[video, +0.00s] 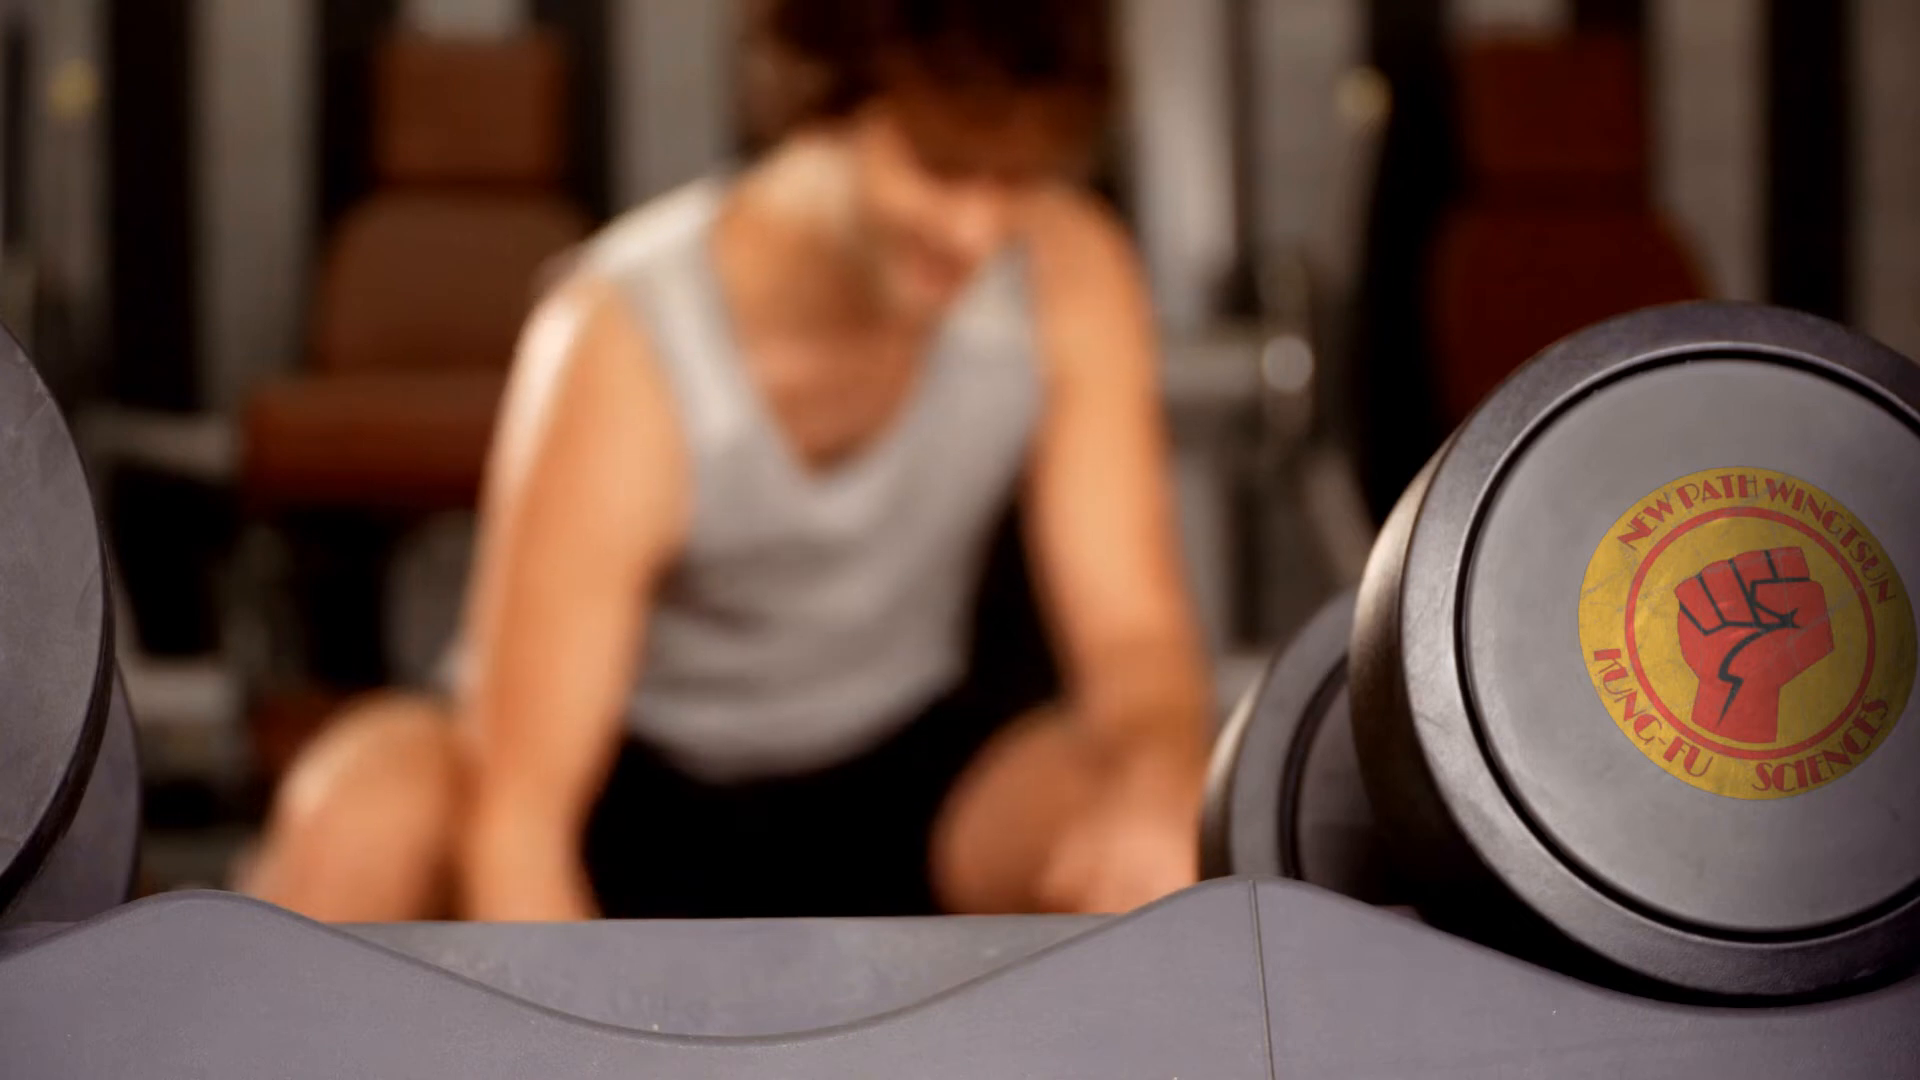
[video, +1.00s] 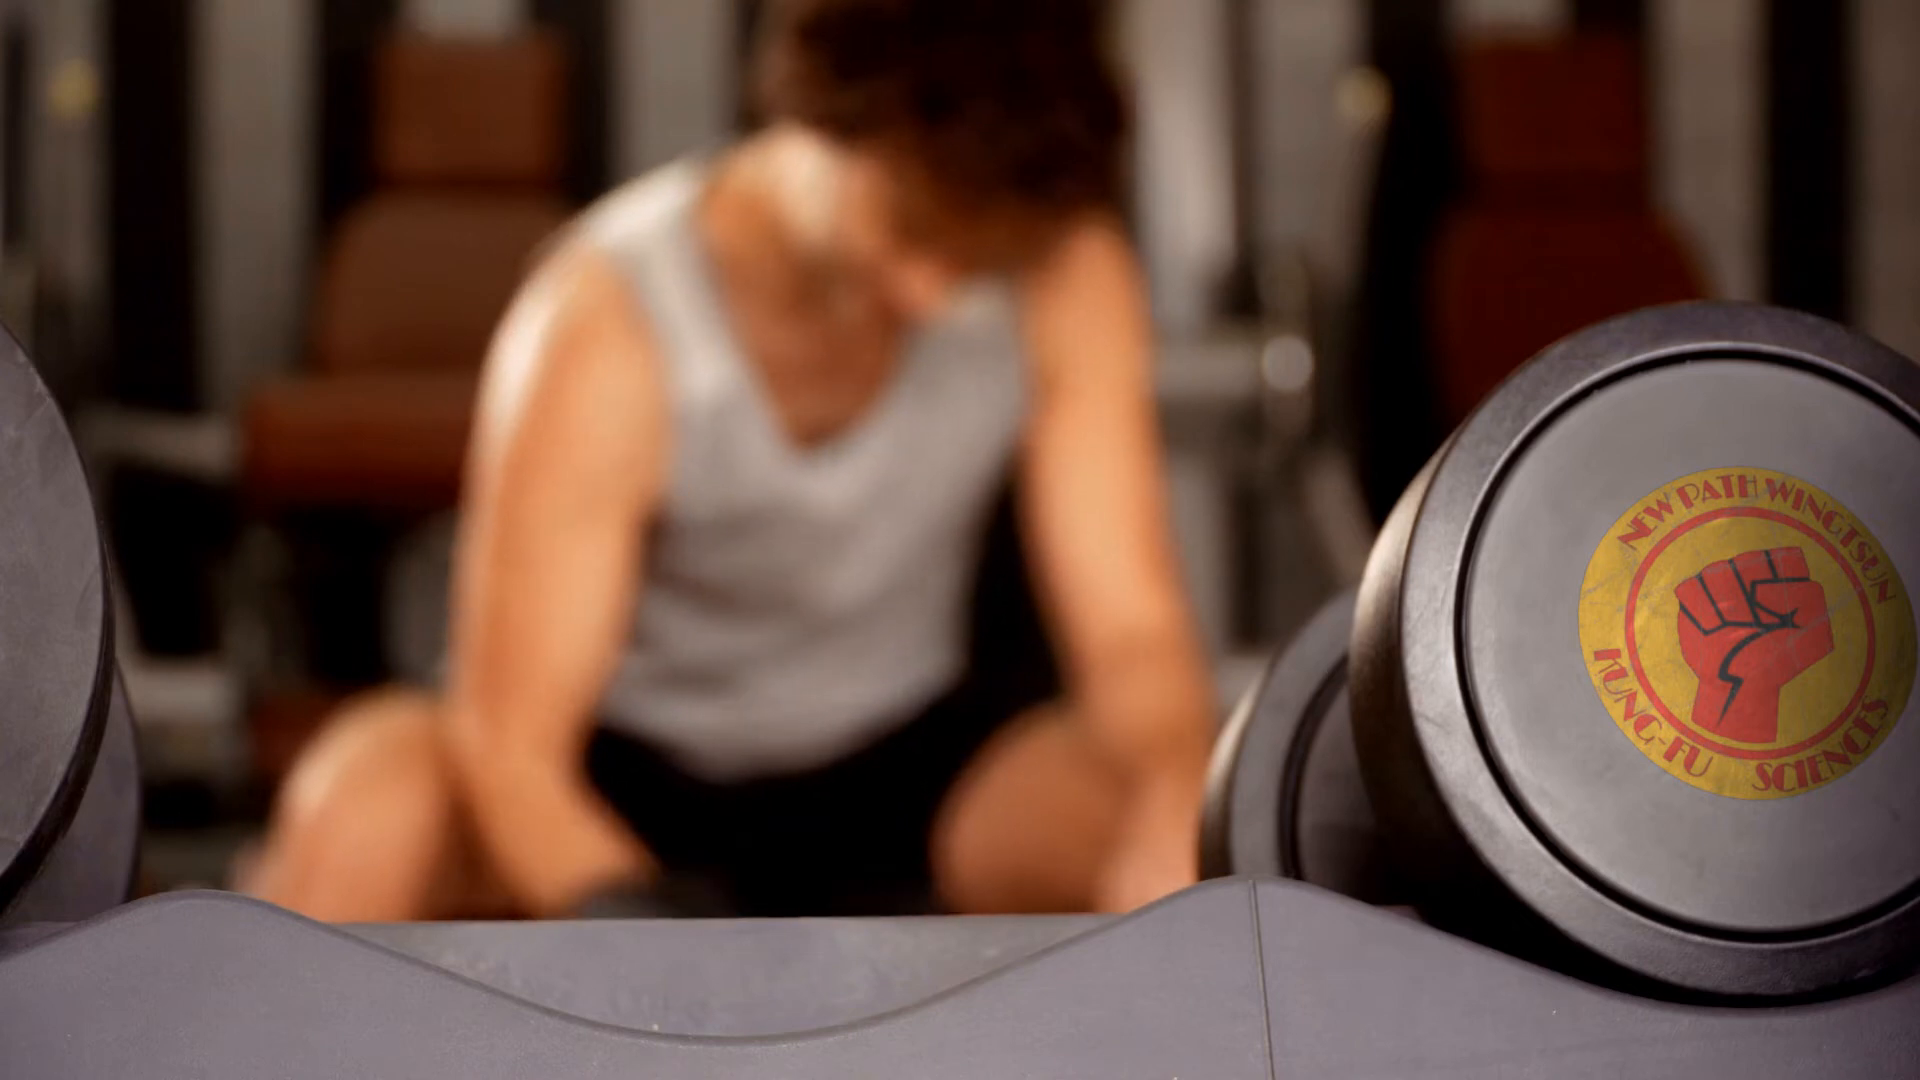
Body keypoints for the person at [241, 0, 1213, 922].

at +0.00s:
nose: (976, 231)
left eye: (1016, 182)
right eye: (938, 170)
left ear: (1056, 158)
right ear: (828, 113)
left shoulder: (1064, 270)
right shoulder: (623, 333)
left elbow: (1135, 651)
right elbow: (520, 815)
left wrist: (1152, 814)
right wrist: (594, 1063)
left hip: (898, 783)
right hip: (623, 793)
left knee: (1153, 824)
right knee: (362, 797)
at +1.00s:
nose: (932, 299)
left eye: (982, 262)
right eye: (906, 242)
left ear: (1041, 219)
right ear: (825, 137)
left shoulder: (1058, 263)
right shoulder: (604, 313)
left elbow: (1132, 641)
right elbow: (510, 749)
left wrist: (1169, 837)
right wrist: (672, 954)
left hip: (904, 773)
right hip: (628, 786)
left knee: (1189, 811)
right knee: (365, 788)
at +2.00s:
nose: (885, 277)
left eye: (930, 239)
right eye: (858, 223)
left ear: (985, 185)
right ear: (769, 128)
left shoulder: (1018, 257)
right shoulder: (517, 316)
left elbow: (1125, 635)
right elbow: (511, 748)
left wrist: (1181, 840)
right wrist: (750, 717)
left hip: (887, 783)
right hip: (596, 797)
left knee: (1182, 801)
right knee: (357, 798)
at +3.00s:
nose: (918, 311)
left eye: (967, 265)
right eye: (888, 248)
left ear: (1021, 221)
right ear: (793, 153)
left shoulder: (1044, 267)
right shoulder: (590, 366)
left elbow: (1135, 647)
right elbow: (521, 832)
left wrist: (1202, 857)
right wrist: (532, 1078)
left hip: (902, 785)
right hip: (623, 801)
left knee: (1194, 811)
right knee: (356, 797)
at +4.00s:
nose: (899, 229)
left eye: (944, 180)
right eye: (864, 166)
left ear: (998, 140)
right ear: (764, 78)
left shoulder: (1019, 254)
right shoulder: (520, 311)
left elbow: (1125, 627)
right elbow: (528, 753)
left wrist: (1187, 833)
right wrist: (824, 725)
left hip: (888, 803)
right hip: (607, 811)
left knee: (1189, 794)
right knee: (374, 787)